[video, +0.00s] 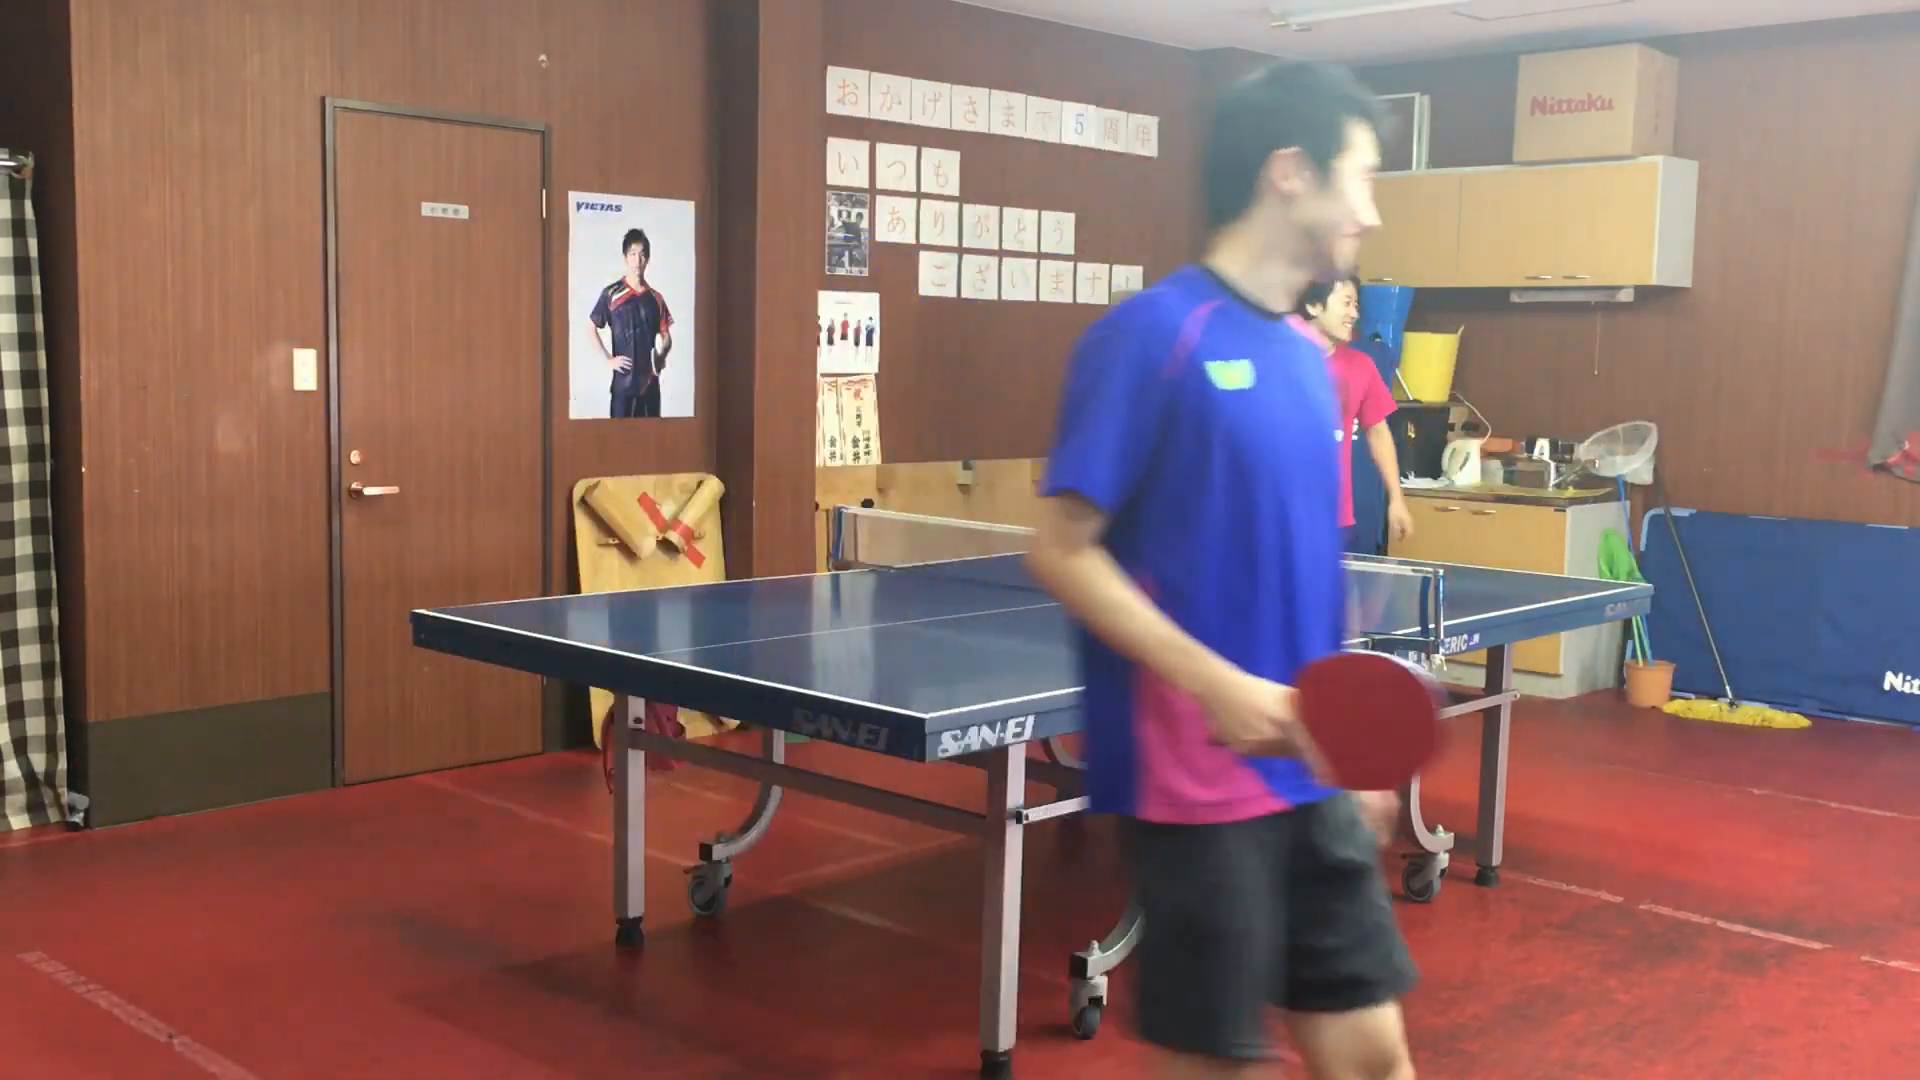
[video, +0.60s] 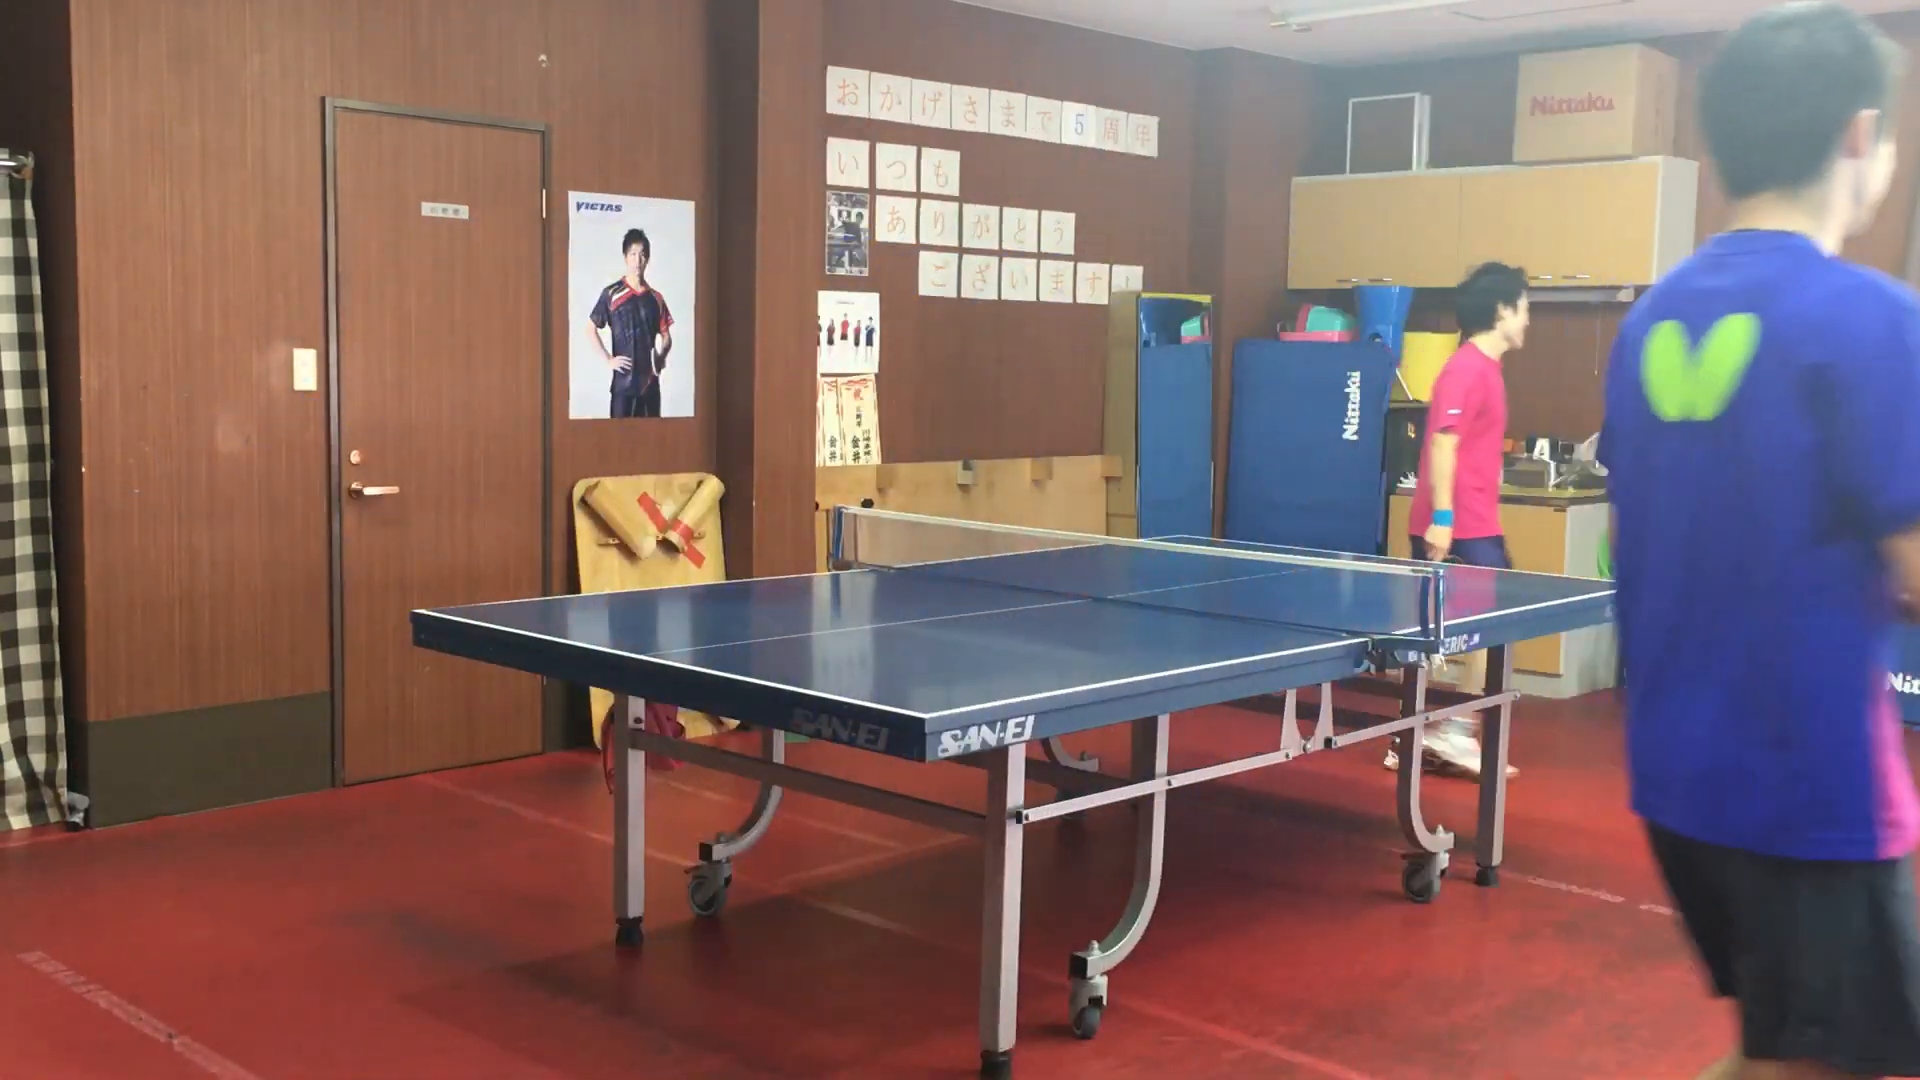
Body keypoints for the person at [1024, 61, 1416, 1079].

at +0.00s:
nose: (1373, 216)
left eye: (1374, 185)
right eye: (1362, 180)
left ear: (1292, 181)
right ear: (1286, 178)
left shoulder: (1312, 357)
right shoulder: (1149, 334)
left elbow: (1297, 573)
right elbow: (1057, 545)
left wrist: (1350, 741)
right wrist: (1219, 685)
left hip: (1306, 772)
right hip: (1193, 785)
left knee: (1369, 1055)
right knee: (1203, 1058)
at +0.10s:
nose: (1458, 193)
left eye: (1461, 167)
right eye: (1452, 162)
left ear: (1389, 160)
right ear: (1383, 153)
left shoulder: (1381, 319)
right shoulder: (1246, 309)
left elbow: (1413, 516)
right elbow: (1152, 527)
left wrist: (1512, 698)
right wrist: (1335, 675)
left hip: (1381, 753)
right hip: (1292, 765)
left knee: (1364, 1053)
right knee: (1426, 1057)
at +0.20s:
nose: (1543, 172)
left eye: (1544, 142)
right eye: (1539, 138)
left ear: (1466, 140)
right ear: (1480, 137)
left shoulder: (1441, 306)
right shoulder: (1364, 298)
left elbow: (1498, 508)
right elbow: (1259, 517)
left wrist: (1656, 637)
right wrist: (1452, 657)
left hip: (1421, 750)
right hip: (1402, 762)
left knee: (1387, 1058)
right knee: (1557, 1060)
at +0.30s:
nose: (1631, 170)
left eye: (1630, 143)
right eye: (1627, 140)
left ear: (1486, 147)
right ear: (1577, 144)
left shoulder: (1503, 291)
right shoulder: (1490, 297)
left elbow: (1553, 514)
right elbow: (1401, 529)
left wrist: (1737, 575)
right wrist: (1608, 643)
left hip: (1455, 759)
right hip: (1503, 769)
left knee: (1428, 1050)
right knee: (1607, 1059)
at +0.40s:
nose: (1714, 186)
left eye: (1713, 158)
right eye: (1711, 155)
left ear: (1557, 158)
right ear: (1669, 155)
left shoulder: (1542, 300)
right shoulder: (1604, 311)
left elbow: (1589, 516)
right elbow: (1575, 554)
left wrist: (1751, 567)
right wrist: (1788, 646)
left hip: (1521, 762)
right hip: (1613, 779)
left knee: (1514, 1038)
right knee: (1702, 1056)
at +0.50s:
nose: (1801, 175)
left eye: (1802, 147)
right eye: (1798, 144)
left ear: (1644, 154)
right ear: (1762, 148)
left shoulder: (1602, 307)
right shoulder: (1736, 316)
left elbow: (1644, 544)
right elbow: (1760, 568)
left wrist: (1854, 605)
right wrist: (1894, 617)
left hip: (1614, 776)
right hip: (1729, 798)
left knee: (1649, 1049)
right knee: (1794, 1058)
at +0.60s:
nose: (1886, 170)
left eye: (1886, 143)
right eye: (1885, 142)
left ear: (1714, 150)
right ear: (1855, 146)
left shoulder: (1650, 317)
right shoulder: (1861, 314)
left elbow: (1643, 537)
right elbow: (1911, 564)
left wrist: (1843, 587)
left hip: (1676, 770)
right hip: (1812, 786)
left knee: (1765, 1034)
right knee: (1850, 1053)